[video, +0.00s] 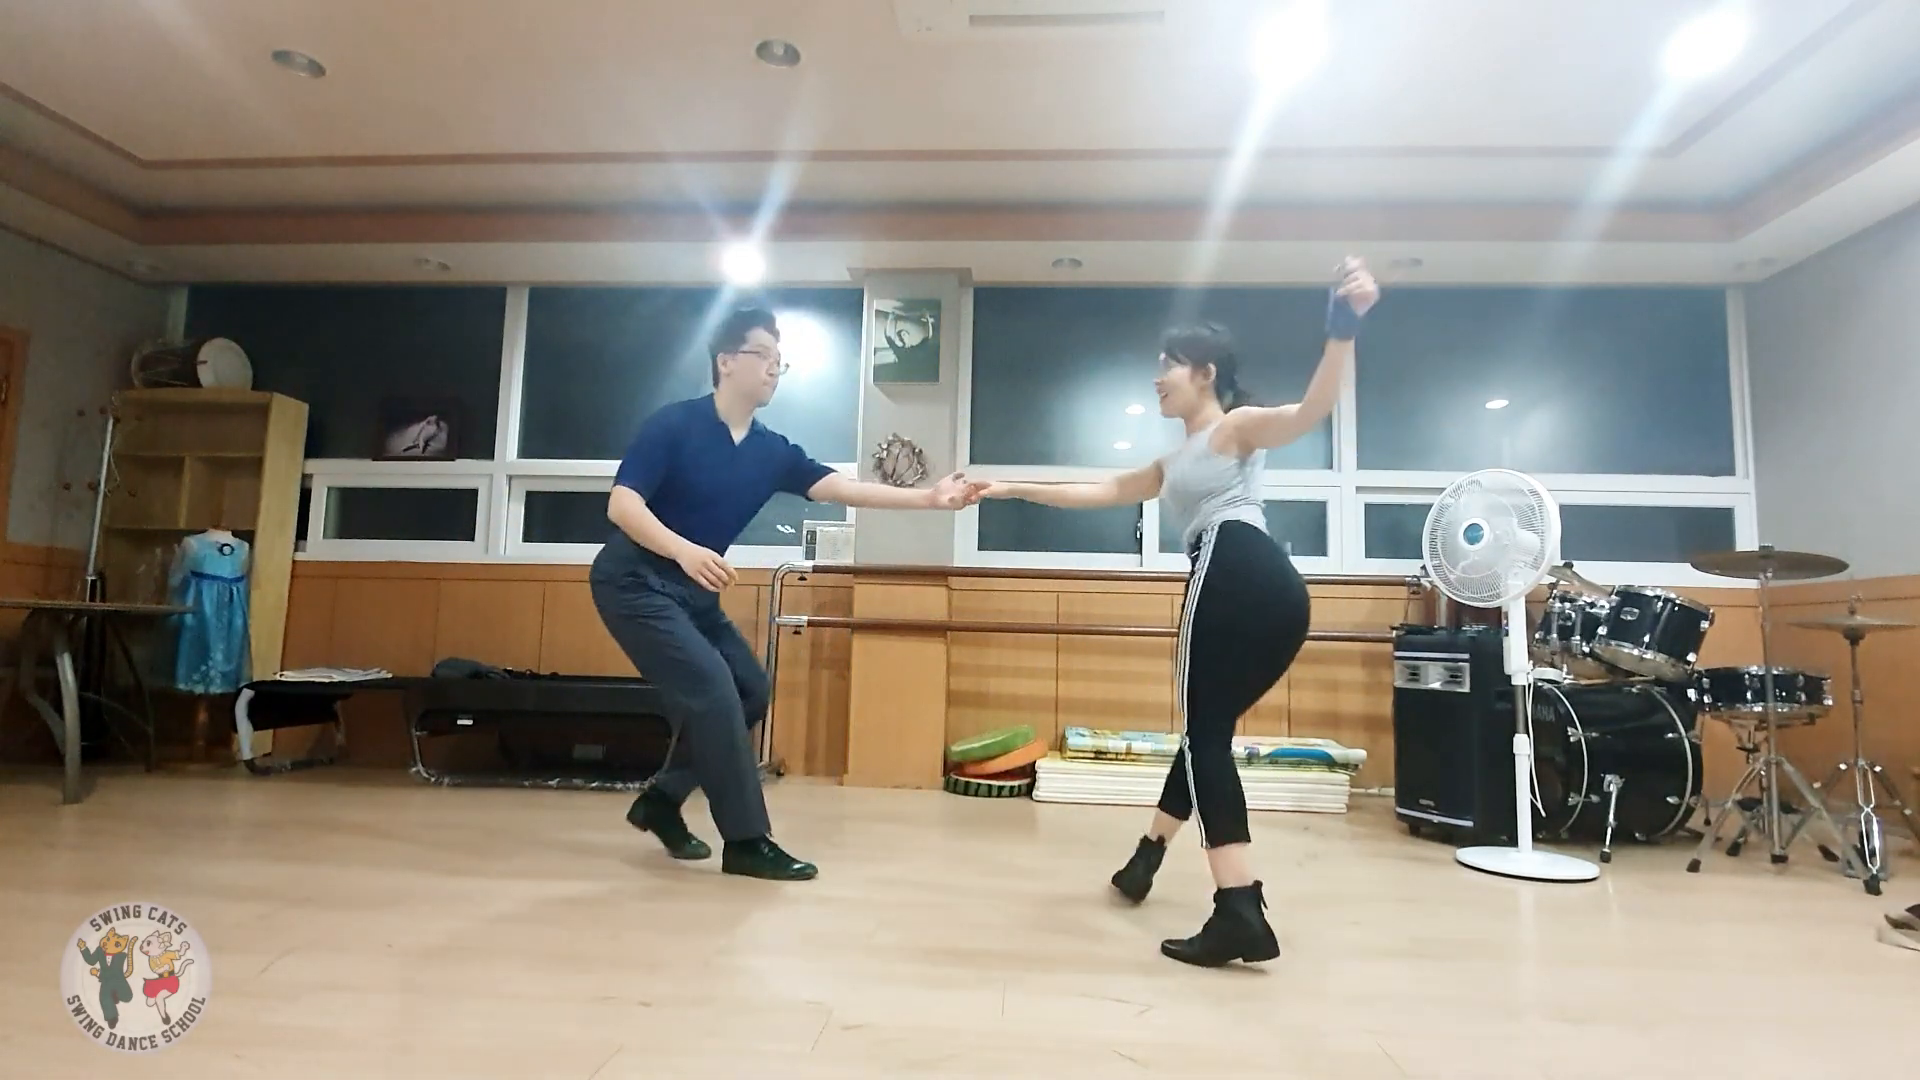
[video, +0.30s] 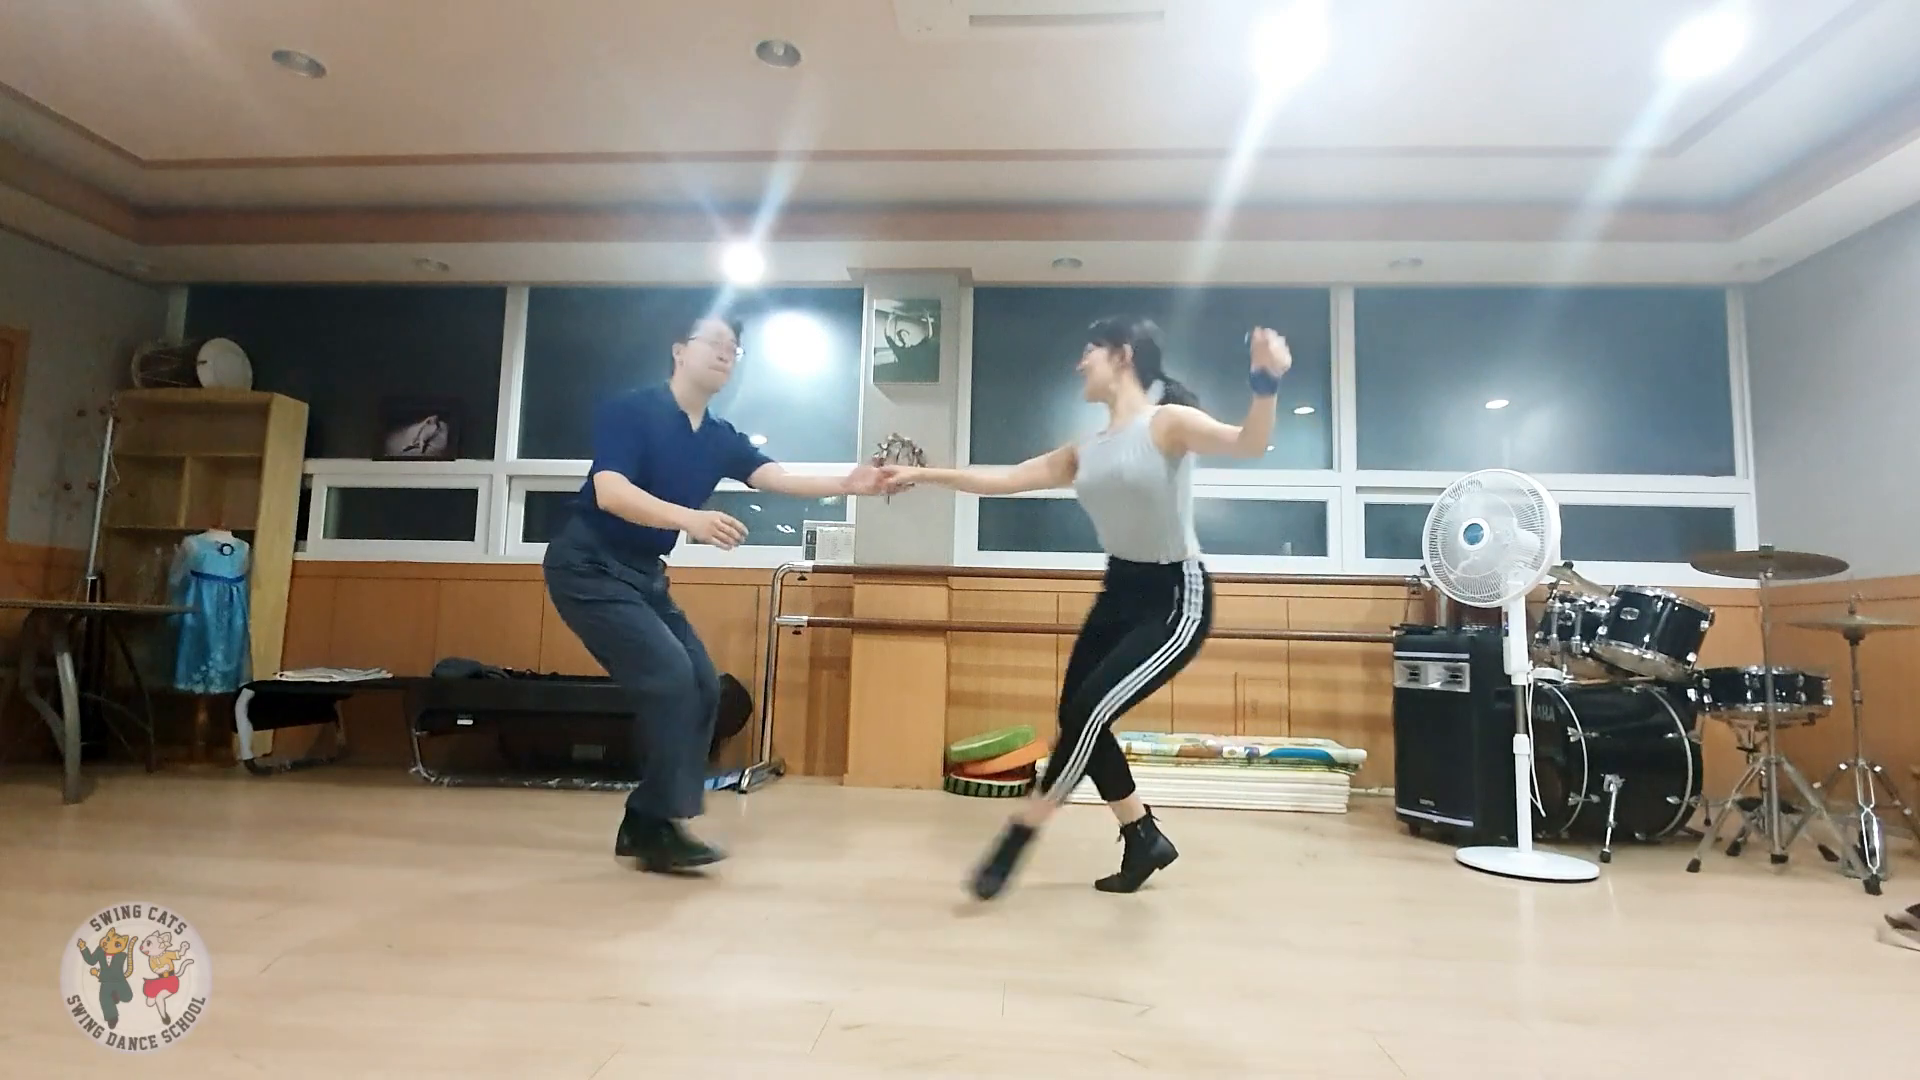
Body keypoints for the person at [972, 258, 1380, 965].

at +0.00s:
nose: (1157, 380)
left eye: (1167, 368)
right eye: (1158, 369)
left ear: (1203, 374)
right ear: (1186, 378)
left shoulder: (1235, 427)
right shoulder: (1172, 463)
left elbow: (1311, 411)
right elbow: (1098, 491)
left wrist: (1342, 325)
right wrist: (1006, 486)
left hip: (1234, 570)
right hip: (1282, 604)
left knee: (1206, 733)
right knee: (1202, 729)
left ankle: (1240, 909)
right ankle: (1147, 855)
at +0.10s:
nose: (1135, 365)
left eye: (1145, 354)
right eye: (1136, 355)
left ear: (1179, 362)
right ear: (1163, 367)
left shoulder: (1212, 421)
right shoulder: (1149, 453)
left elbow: (1283, 423)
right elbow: (1072, 483)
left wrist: (1310, 341)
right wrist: (980, 480)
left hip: (1225, 576)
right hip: (1237, 592)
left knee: (1153, 719)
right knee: (1161, 721)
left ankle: (1222, 885)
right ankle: (1143, 855)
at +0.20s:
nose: (1110, 362)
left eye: (1119, 351)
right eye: (1112, 351)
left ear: (1154, 356)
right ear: (1142, 358)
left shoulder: (1192, 420)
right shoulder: (1120, 448)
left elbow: (1264, 430)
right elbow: (1043, 478)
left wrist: (1284, 354)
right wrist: (951, 476)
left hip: (1210, 587)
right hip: (1181, 590)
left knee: (1103, 693)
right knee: (1113, 701)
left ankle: (1153, 841)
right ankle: (1148, 842)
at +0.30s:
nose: (1079, 364)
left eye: (1089, 352)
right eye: (1082, 354)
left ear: (1123, 357)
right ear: (1112, 361)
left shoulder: (1169, 422)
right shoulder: (1086, 452)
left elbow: (1251, 443)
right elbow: (1005, 479)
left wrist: (1266, 382)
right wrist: (918, 472)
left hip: (1177, 596)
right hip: (1120, 594)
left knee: (1090, 707)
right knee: (1075, 713)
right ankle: (1143, 836)